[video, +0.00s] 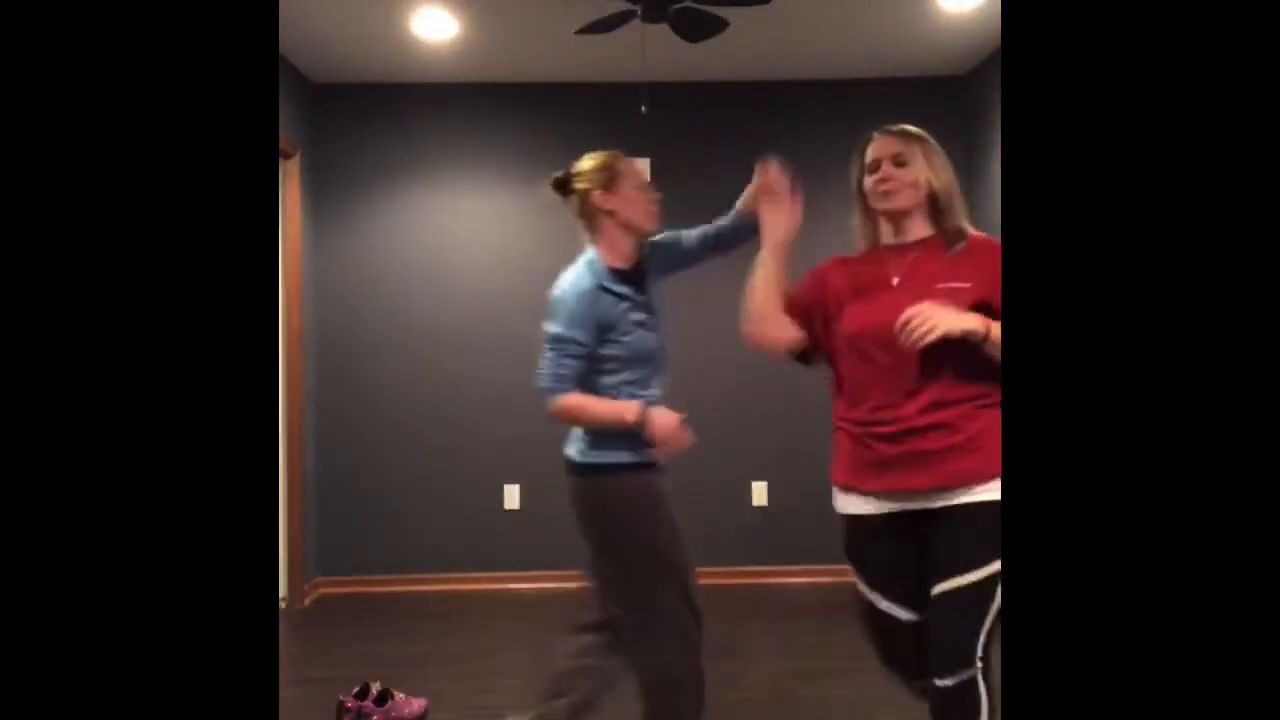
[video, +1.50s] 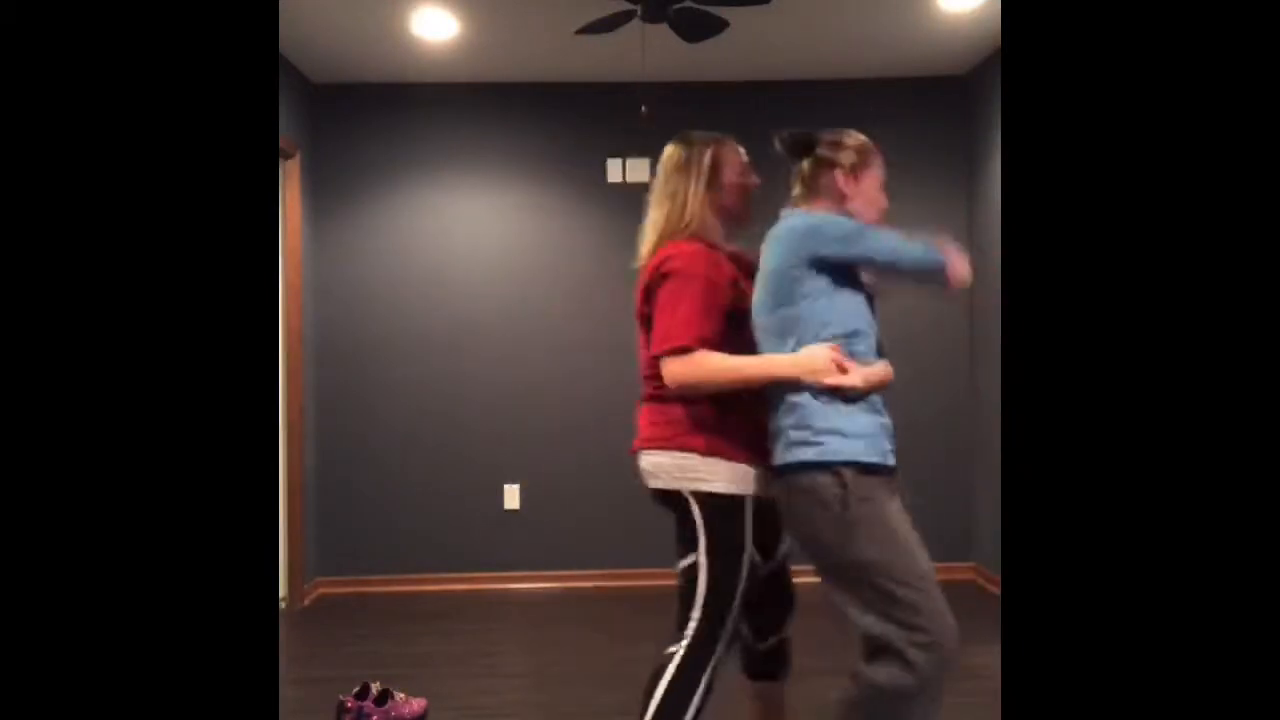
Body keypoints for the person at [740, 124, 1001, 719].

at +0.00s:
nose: (884, 173)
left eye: (899, 161)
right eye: (873, 168)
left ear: (932, 173)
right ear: (862, 189)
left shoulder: (983, 259)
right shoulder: (841, 277)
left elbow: (1003, 347)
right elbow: (765, 331)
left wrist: (974, 324)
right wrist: (773, 241)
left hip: (972, 495)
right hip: (872, 502)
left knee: (953, 667)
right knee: (902, 656)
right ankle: (964, 704)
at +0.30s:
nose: (854, 167)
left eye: (864, 154)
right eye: (836, 153)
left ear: (877, 168)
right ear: (799, 168)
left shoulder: (896, 257)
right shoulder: (779, 243)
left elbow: (959, 363)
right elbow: (817, 168)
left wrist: (954, 301)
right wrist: (860, 102)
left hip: (922, 481)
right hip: (824, 485)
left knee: (940, 666)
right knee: (848, 667)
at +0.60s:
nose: (781, 161)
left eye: (772, 144)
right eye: (766, 147)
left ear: (685, 165)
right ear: (733, 164)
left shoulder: (659, 249)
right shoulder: (761, 241)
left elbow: (718, 346)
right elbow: (873, 324)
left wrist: (813, 359)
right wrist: (894, 344)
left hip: (669, 481)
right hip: (761, 486)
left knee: (725, 635)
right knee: (783, 661)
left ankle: (672, 703)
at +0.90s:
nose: (690, 168)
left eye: (686, 156)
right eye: (685, 156)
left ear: (597, 162)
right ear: (674, 163)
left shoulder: (565, 239)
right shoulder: (712, 248)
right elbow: (747, 354)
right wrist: (784, 348)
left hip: (557, 487)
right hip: (672, 492)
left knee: (567, 672)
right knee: (721, 660)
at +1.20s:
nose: (702, 188)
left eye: (700, 173)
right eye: (693, 173)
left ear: (621, 181)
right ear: (667, 182)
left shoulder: (597, 258)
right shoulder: (692, 263)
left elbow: (688, 245)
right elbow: (733, 380)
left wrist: (750, 169)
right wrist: (815, 371)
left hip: (590, 484)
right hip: (686, 497)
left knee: (613, 650)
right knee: (674, 666)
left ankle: (579, 710)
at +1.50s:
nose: (753, 182)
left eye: (750, 171)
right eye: (742, 171)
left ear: (708, 183)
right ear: (705, 180)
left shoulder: (730, 262)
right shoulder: (689, 260)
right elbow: (679, 367)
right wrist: (795, 365)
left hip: (736, 458)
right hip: (698, 461)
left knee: (768, 602)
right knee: (707, 626)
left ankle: (769, 707)